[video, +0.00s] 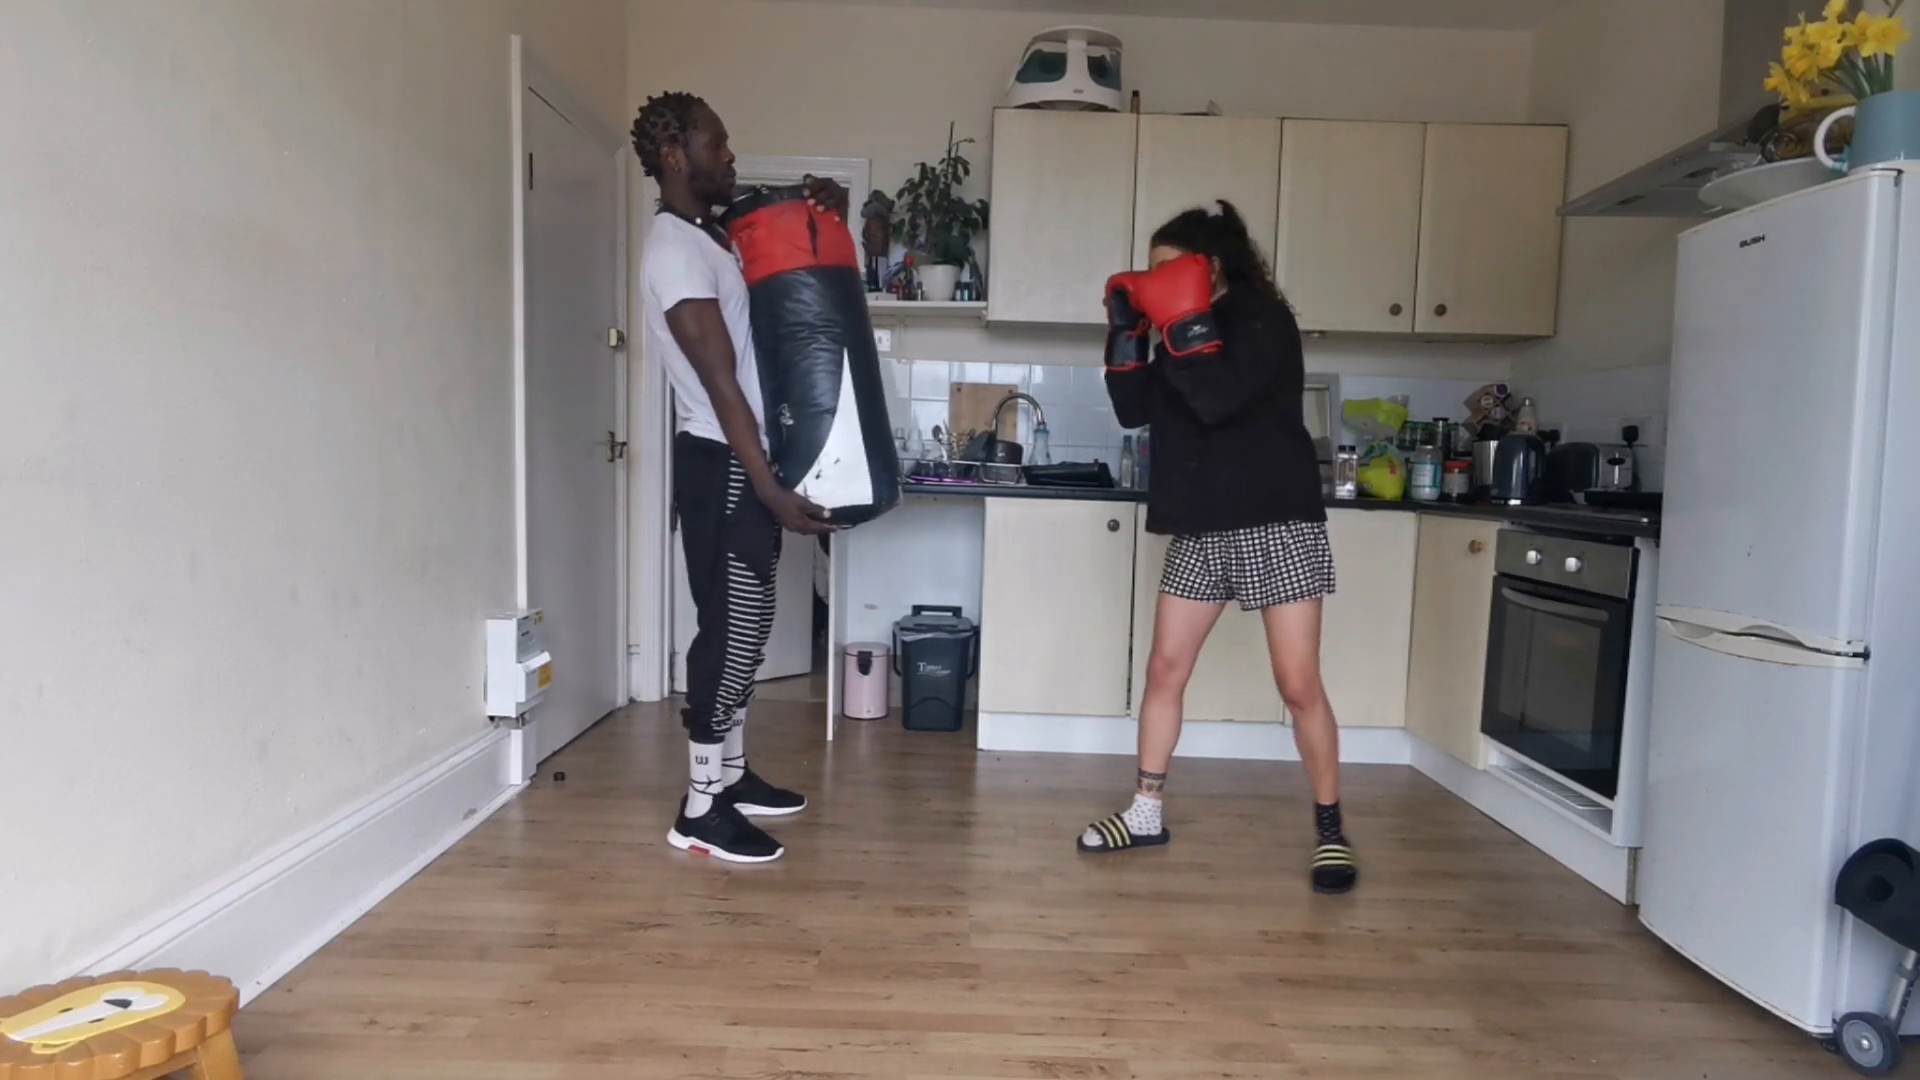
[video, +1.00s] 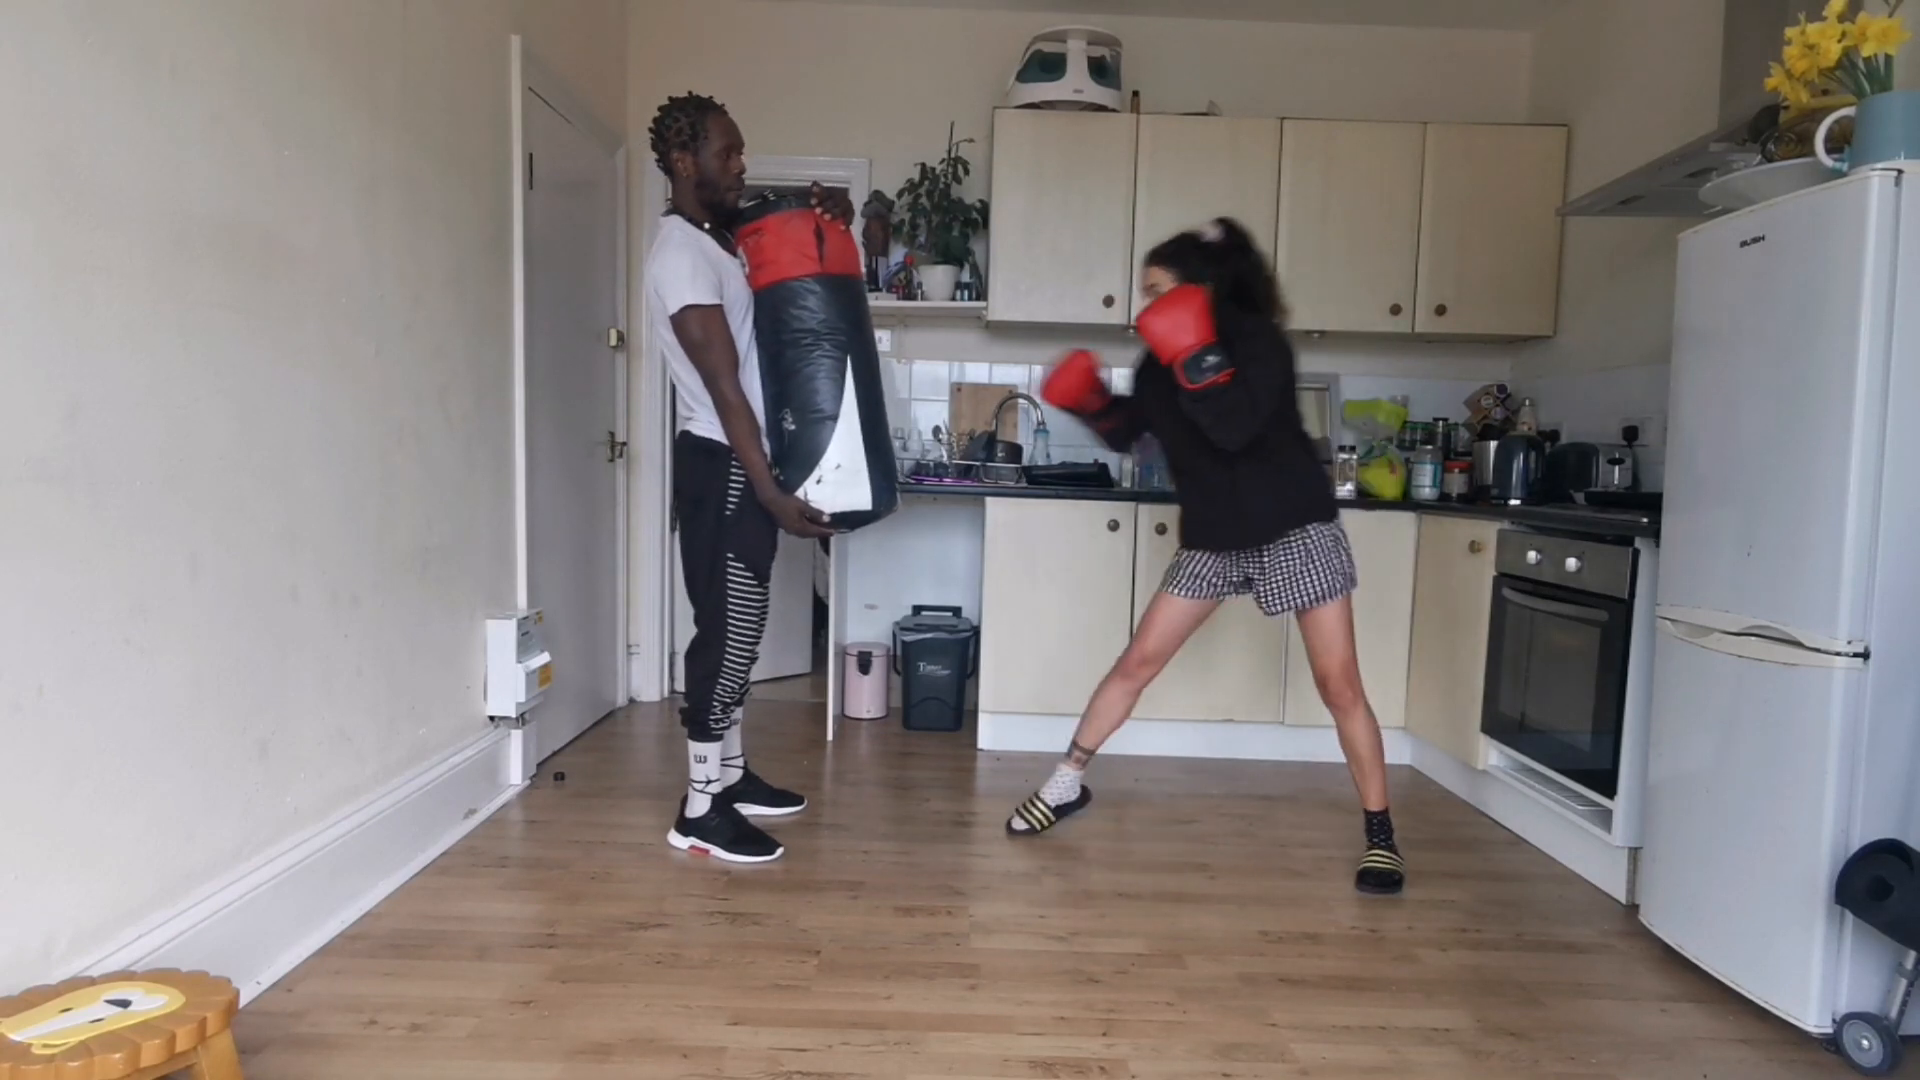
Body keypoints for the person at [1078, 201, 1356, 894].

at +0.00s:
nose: (1159, 283)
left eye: (1170, 270)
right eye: (1155, 273)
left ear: (1212, 264)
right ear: (1164, 275)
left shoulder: (1264, 318)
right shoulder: (1177, 328)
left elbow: (1217, 401)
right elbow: (1131, 408)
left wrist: (1183, 328)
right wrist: (1124, 329)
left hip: (1279, 519)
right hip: (1201, 521)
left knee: (1300, 686)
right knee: (1165, 668)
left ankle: (1329, 828)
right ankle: (1146, 810)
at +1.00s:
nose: (1148, 307)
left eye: (1159, 292)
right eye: (1146, 295)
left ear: (1200, 288)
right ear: (1158, 299)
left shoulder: (1260, 345)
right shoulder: (1162, 361)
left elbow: (1237, 429)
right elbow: (1130, 434)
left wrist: (1195, 354)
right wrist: (1090, 403)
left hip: (1297, 526)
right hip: (1214, 535)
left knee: (1341, 687)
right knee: (1137, 663)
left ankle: (1380, 834)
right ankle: (1065, 780)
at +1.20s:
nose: (1094, 358)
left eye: (1105, 347)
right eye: (1093, 348)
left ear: (1148, 344)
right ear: (1118, 349)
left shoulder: (1199, 394)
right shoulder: (1117, 404)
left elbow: (1172, 483)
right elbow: (1035, 420)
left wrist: (1128, 415)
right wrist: (951, 405)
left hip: (1257, 557)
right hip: (1175, 563)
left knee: (1317, 706)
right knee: (1092, 659)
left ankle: (1395, 812)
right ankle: (1066, 795)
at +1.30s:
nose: (1112, 353)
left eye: (1126, 341)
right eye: (1114, 341)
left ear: (1170, 347)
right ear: (1137, 343)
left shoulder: (1216, 398)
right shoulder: (1131, 396)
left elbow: (1173, 493)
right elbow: (1065, 438)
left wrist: (1146, 421)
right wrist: (1003, 433)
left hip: (1255, 558)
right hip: (1176, 561)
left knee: (1311, 709)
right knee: (1094, 656)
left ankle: (1397, 805)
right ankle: (1065, 794)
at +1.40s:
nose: (1196, 346)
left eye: (1210, 334)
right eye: (1195, 333)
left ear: (1255, 341)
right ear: (1200, 333)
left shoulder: (1282, 402)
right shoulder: (1210, 394)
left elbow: (1225, 493)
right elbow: (1190, 468)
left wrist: (1214, 417)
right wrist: (1139, 444)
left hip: (1271, 572)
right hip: (1189, 563)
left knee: (1317, 721)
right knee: (1107, 661)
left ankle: (1391, 819)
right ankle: (1069, 792)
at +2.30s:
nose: (1157, 300)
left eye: (1168, 288)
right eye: (1155, 289)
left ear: (1211, 290)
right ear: (1165, 295)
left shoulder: (1250, 348)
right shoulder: (1165, 353)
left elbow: (1220, 429)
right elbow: (1133, 429)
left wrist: (1189, 360)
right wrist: (1098, 405)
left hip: (1258, 530)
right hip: (1181, 530)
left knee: (1299, 682)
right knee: (1101, 653)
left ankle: (1340, 801)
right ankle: (1035, 771)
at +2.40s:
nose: (1120, 306)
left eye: (1133, 295)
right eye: (1119, 295)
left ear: (1174, 298)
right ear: (1123, 300)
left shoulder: (1214, 357)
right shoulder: (1107, 365)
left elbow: (1199, 430)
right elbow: (1022, 396)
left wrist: (1158, 362)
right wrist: (965, 361)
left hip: (1233, 536)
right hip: (1150, 541)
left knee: (1286, 686)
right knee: (1089, 662)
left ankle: (1327, 788)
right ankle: (1039, 781)